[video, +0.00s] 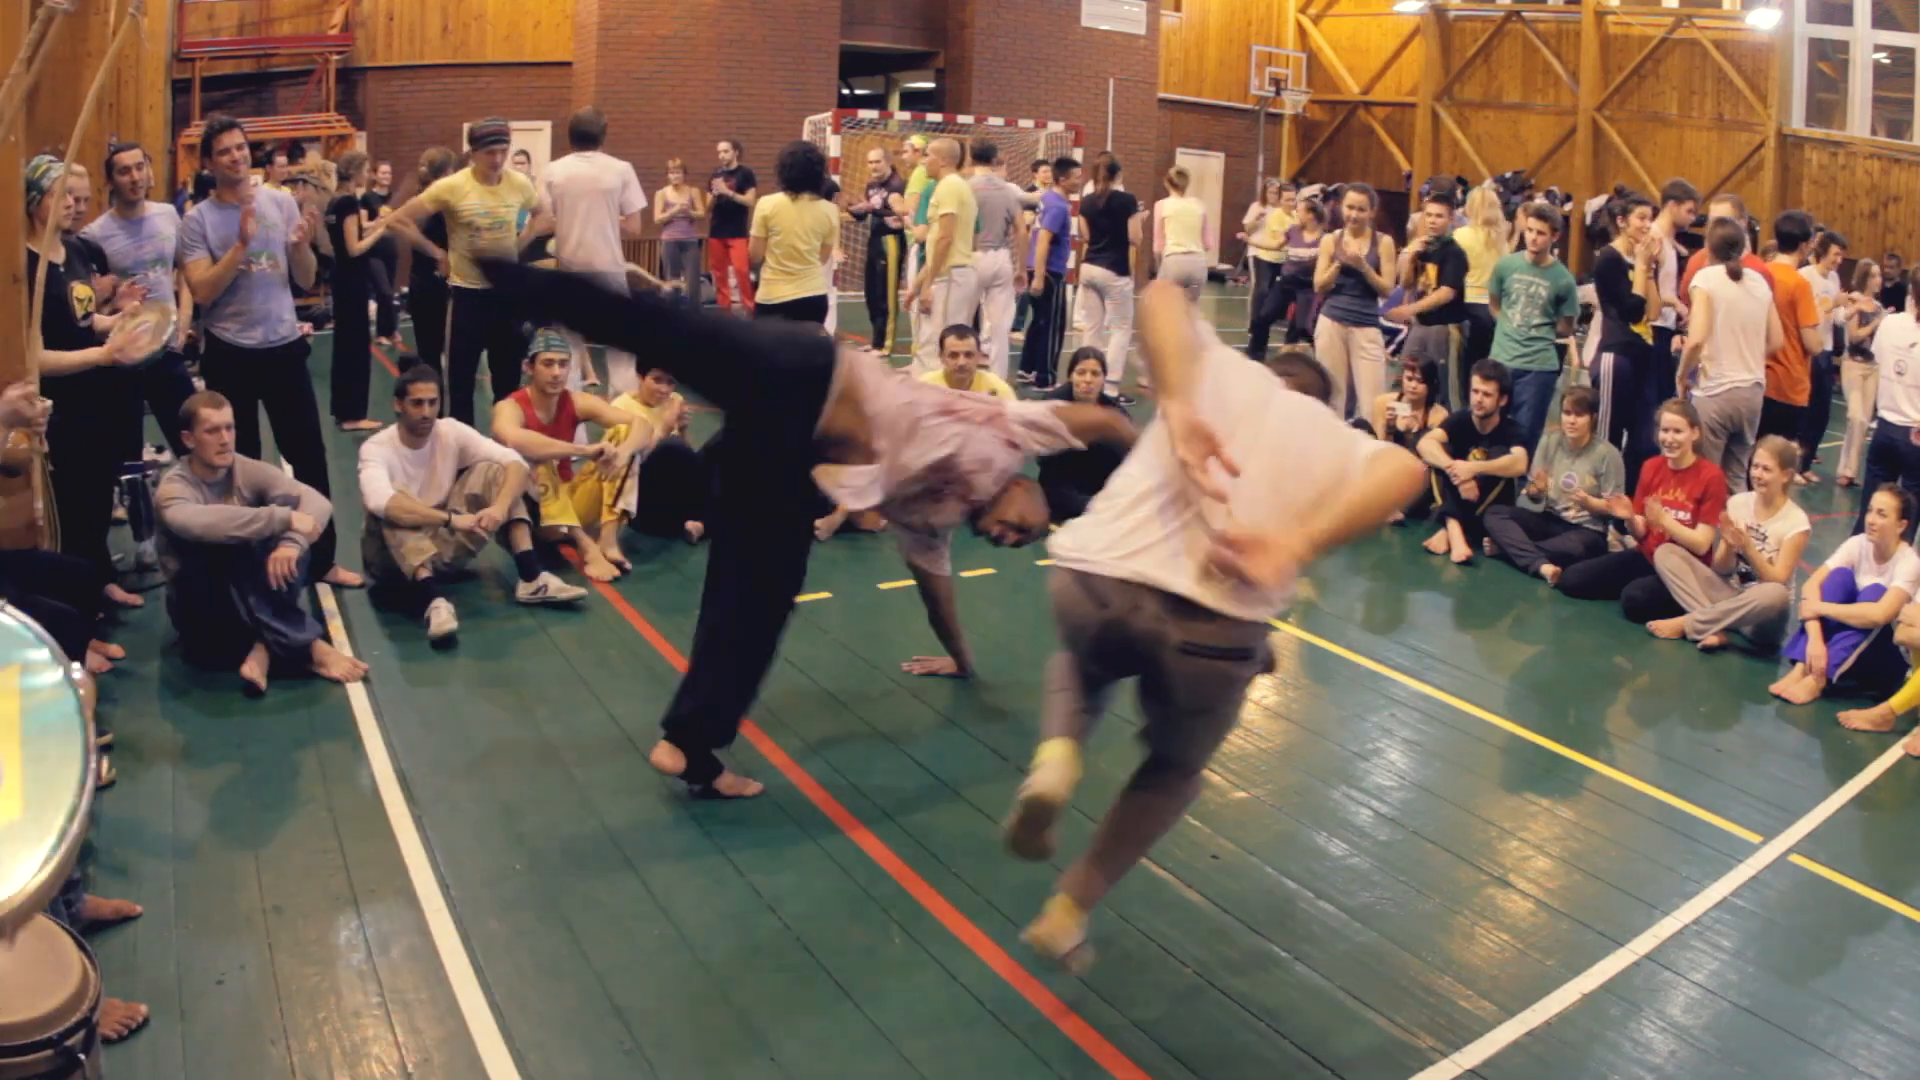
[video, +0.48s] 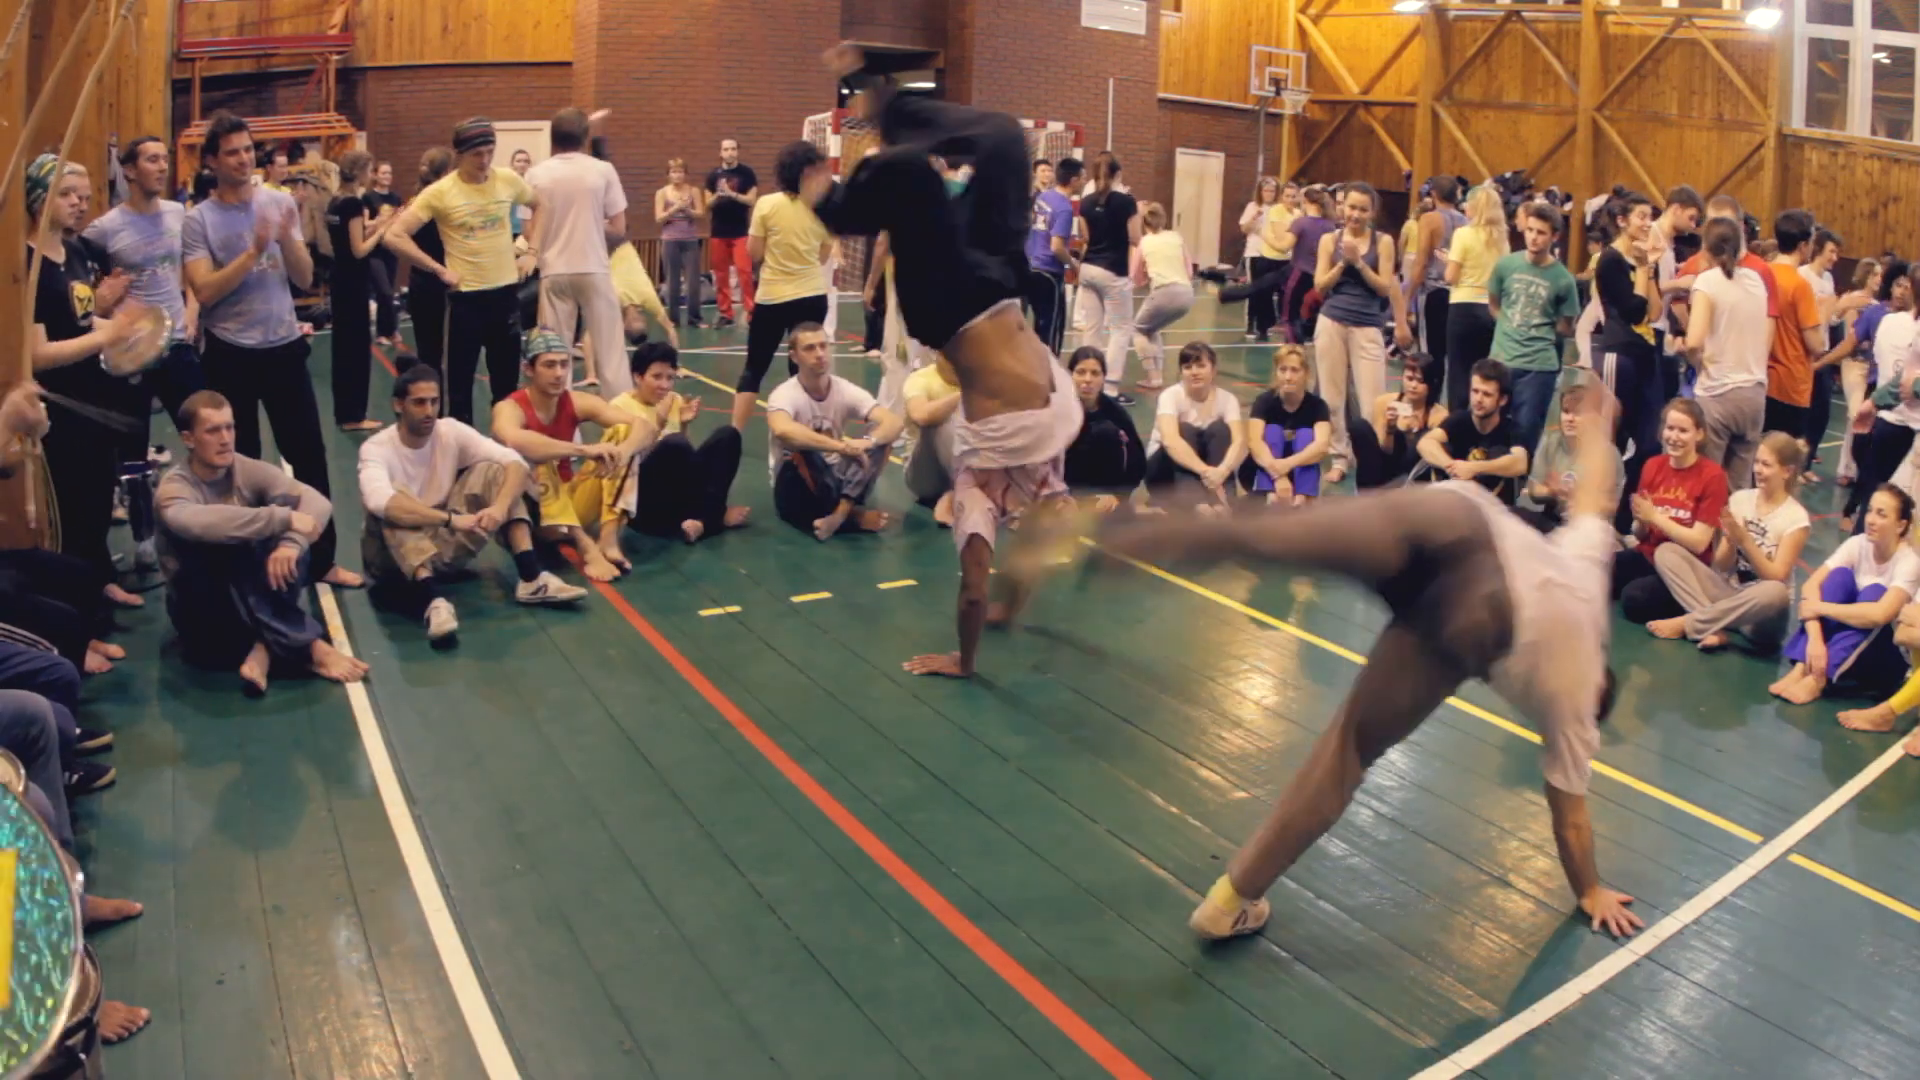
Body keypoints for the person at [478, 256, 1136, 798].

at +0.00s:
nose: (1011, 539)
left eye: (1021, 541)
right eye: (1026, 526)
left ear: (1008, 524)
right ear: (1032, 482)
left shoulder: (928, 513)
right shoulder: (1014, 432)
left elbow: (935, 585)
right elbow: (1094, 421)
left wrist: (960, 659)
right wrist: (1162, 445)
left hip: (787, 455)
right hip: (806, 369)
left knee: (758, 601)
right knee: (650, 323)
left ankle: (689, 747)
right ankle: (492, 273)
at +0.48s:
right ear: (1031, 498)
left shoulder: (978, 485)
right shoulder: (1050, 470)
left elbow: (974, 585)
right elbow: (1039, 546)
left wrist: (964, 662)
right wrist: (1011, 611)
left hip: (944, 311)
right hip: (1001, 291)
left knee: (909, 171)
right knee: (1002, 132)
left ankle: (829, 201)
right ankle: (892, 102)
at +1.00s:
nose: (1077, 523)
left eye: (1074, 528)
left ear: (1055, 524)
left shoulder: (1053, 478)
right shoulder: (1016, 484)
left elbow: (1063, 519)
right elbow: (1023, 544)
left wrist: (1060, 606)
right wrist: (1014, 609)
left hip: (1128, 320)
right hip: (1075, 329)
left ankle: (1171, 252)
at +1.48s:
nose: (1364, 253)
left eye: (1367, 242)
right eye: (1357, 242)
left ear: (1324, 227)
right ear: (1320, 228)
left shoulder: (1308, 237)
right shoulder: (1231, 264)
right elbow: (1153, 323)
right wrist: (1110, 357)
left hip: (1250, 363)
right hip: (1181, 368)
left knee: (1297, 477)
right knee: (1161, 492)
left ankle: (1287, 602)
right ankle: (1126, 555)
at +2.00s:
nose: (1506, 481)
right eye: (1503, 472)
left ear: (1455, 436)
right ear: (1484, 460)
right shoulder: (1473, 456)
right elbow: (1554, 538)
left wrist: (1426, 565)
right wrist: (1546, 619)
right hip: (1261, 479)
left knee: (1361, 578)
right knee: (1214, 642)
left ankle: (1332, 700)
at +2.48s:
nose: (1522, 370)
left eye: (1523, 354)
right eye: (1522, 354)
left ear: (1455, 323)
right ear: (1498, 346)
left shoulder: (1360, 334)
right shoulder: (1477, 421)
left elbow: (1219, 351)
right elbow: (1472, 582)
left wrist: (1254, 315)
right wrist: (1525, 482)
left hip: (1182, 534)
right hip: (1248, 588)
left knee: (1176, 674)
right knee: (1378, 744)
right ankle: (1293, 888)